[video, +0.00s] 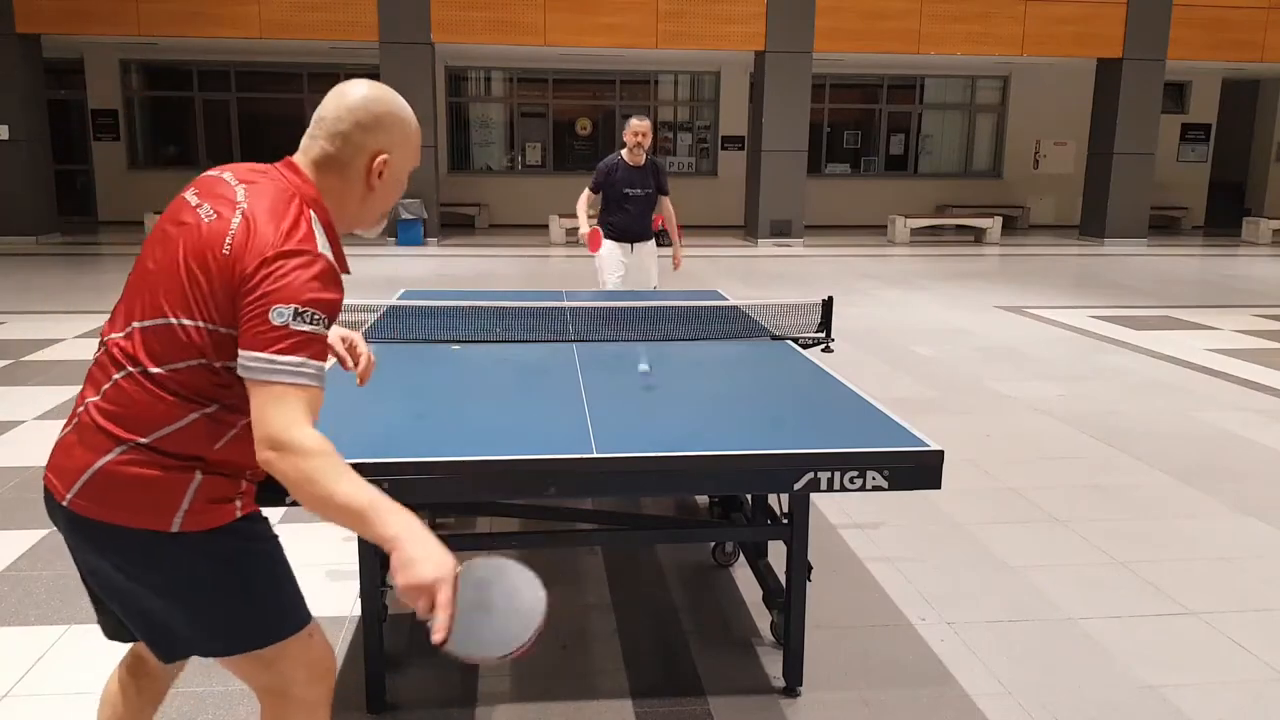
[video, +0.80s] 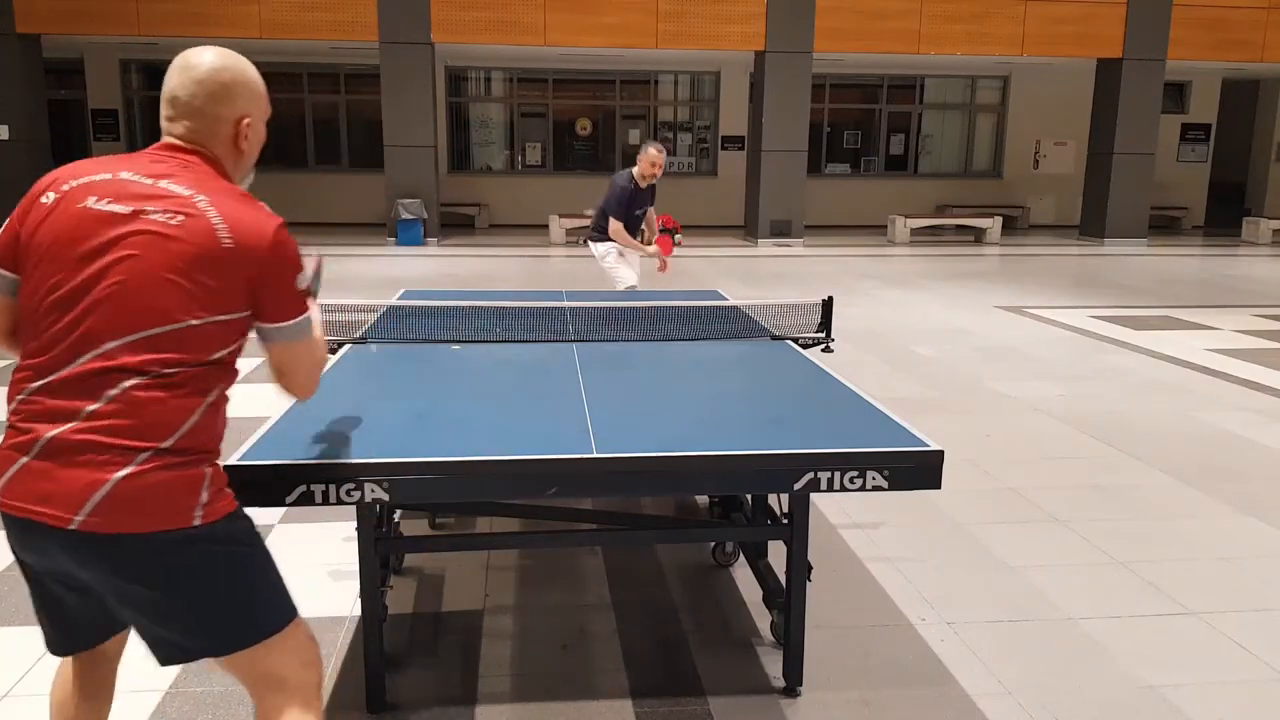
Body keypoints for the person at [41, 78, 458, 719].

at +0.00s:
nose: (402, 192)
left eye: (409, 177)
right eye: (407, 175)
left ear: (314, 142)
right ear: (377, 170)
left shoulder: (223, 182)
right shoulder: (297, 251)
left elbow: (210, 307)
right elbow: (283, 442)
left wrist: (313, 331)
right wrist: (404, 532)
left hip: (86, 474)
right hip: (171, 502)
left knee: (155, 654)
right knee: (302, 678)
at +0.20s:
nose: (385, 195)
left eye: (390, 179)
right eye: (383, 177)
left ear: (300, 154)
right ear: (338, 164)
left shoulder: (188, 183)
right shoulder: (291, 260)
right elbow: (363, 432)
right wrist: (497, 482)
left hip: (70, 477)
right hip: (165, 504)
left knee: (148, 648)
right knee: (301, 672)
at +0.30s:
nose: (378, 179)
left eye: (383, 162)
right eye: (376, 159)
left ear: (295, 140)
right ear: (323, 150)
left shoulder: (167, 176)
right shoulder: (311, 255)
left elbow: (91, 286)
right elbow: (417, 395)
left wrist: (228, 331)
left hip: (63, 482)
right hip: (178, 502)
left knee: (135, 651)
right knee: (305, 669)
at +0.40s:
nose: (360, 162)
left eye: (364, 147)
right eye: (360, 146)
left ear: (259, 125)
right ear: (321, 146)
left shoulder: (149, 172)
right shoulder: (327, 244)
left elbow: (58, 287)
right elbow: (430, 345)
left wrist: (166, 314)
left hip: (65, 484)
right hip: (188, 501)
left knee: (121, 649)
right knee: (318, 670)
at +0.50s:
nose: (335, 151)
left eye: (340, 136)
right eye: (337, 135)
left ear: (243, 115)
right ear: (312, 136)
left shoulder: (127, 174)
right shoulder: (318, 225)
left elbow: (36, 304)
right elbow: (400, 311)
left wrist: (136, 321)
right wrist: (422, 231)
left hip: (70, 495)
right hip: (201, 503)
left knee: (99, 665)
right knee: (321, 673)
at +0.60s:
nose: (311, 139)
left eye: (312, 125)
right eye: (310, 125)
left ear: (215, 112)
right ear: (290, 128)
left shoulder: (98, 178)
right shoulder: (302, 216)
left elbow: (20, 316)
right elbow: (365, 309)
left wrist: (117, 329)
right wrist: (361, 224)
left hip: (65, 495)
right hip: (200, 499)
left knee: (84, 671)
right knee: (318, 671)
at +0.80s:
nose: (262, 142)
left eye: (265, 127)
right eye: (262, 127)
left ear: (168, 117)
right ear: (242, 130)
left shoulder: (55, 187)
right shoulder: (252, 229)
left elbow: (6, 325)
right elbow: (305, 378)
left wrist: (87, 327)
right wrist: (302, 311)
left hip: (28, 494)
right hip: (155, 500)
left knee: (87, 656)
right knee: (291, 681)